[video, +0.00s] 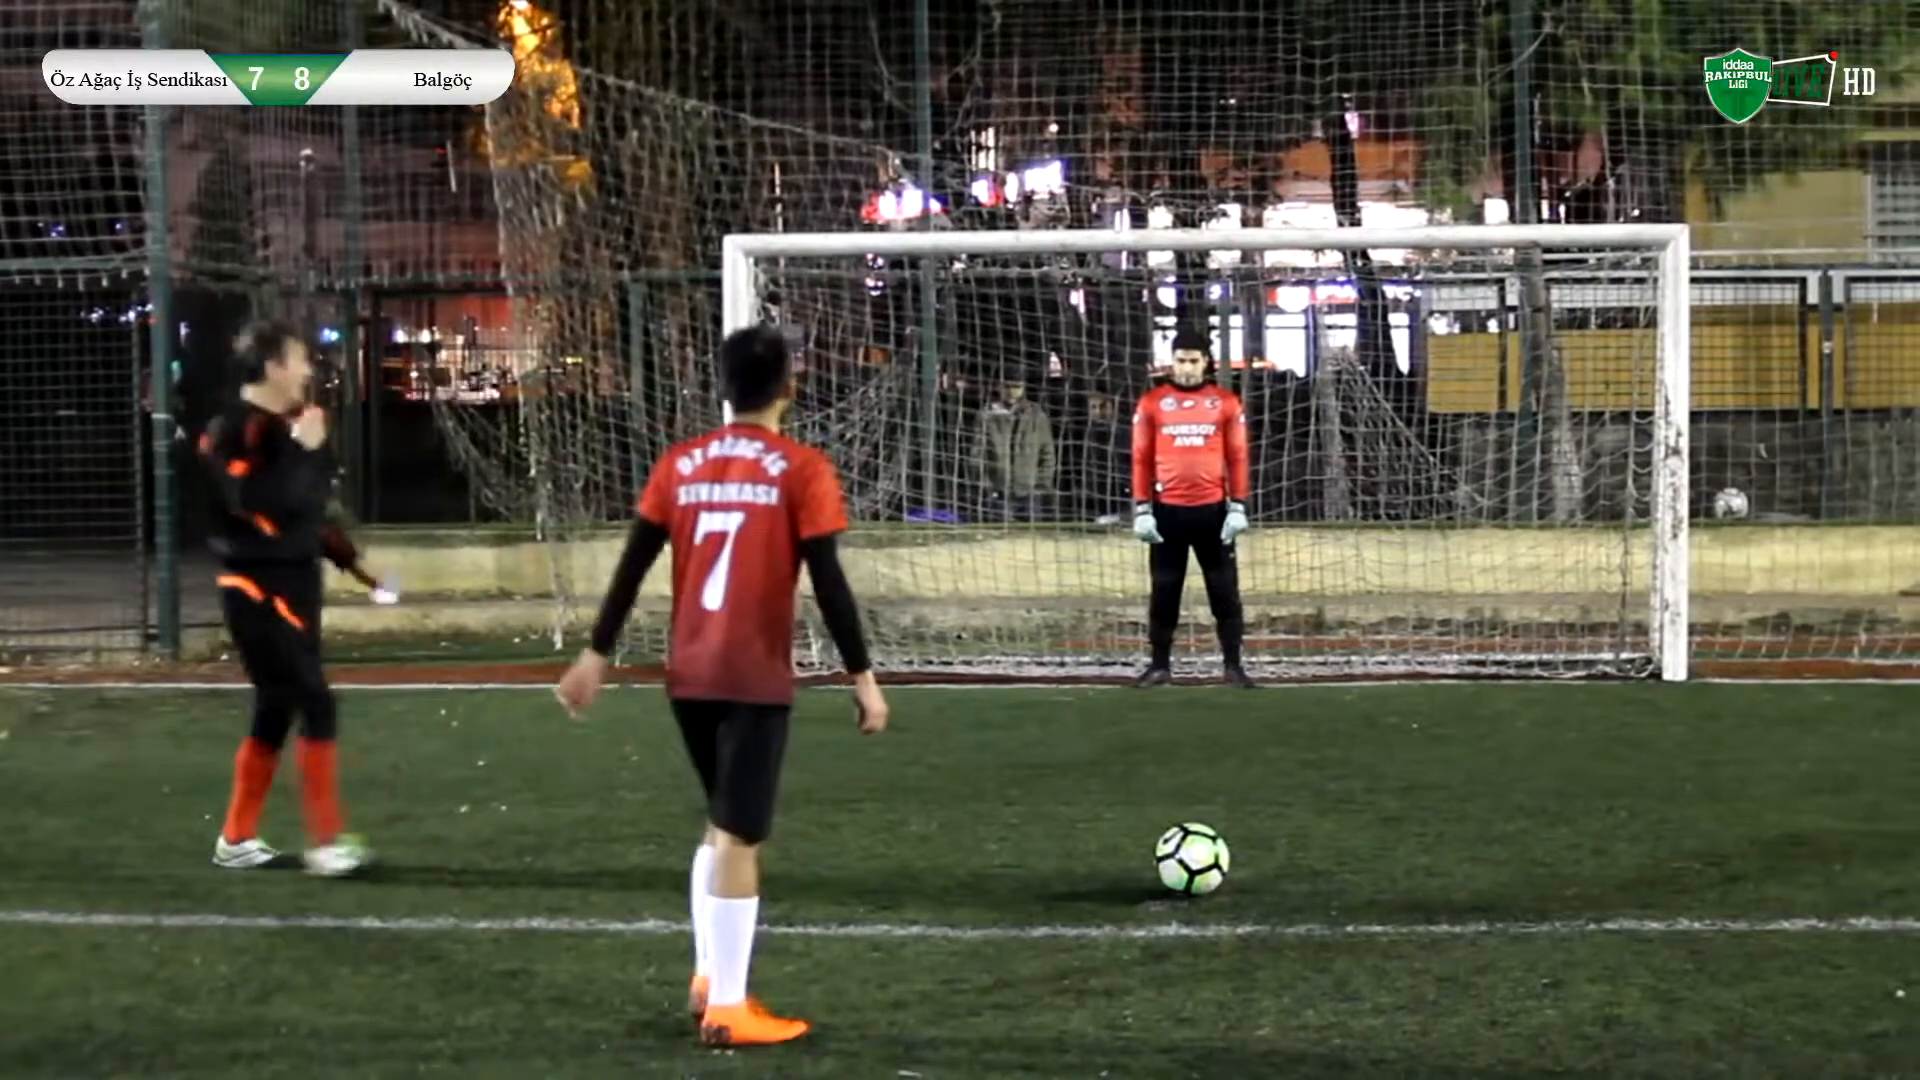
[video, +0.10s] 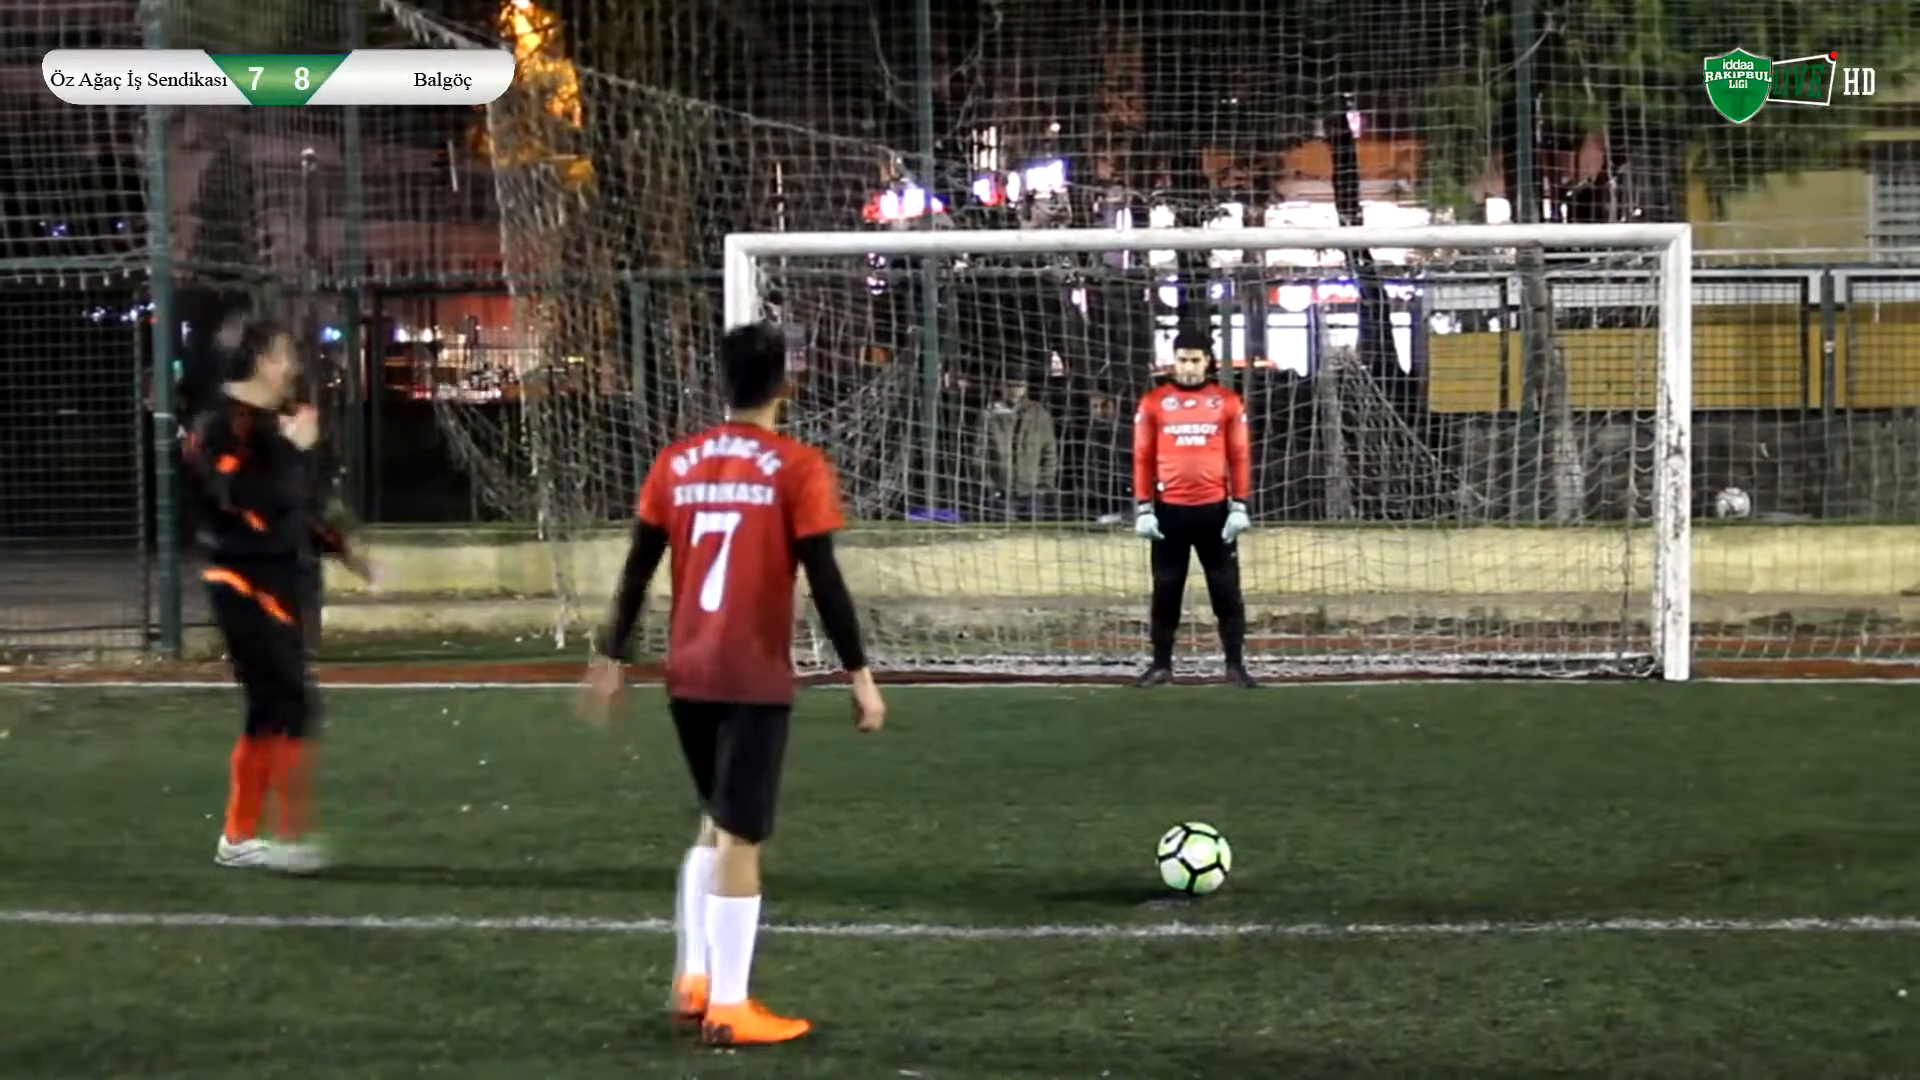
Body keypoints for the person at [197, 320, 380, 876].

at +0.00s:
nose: (309, 373)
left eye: (308, 362)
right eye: (301, 362)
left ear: (279, 369)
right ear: (270, 368)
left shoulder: (287, 428)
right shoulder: (234, 431)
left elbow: (307, 516)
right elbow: (273, 507)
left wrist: (355, 564)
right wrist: (306, 451)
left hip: (293, 582)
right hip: (255, 585)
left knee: (275, 705)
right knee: (316, 700)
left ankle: (237, 836)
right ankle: (326, 841)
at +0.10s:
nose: (292, 367)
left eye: (291, 356)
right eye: (282, 356)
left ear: (271, 364)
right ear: (255, 362)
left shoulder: (269, 424)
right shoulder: (228, 424)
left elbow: (293, 509)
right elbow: (257, 502)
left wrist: (346, 551)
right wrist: (294, 449)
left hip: (277, 578)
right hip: (244, 580)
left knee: (272, 703)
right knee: (287, 698)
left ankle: (240, 833)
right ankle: (282, 834)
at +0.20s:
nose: (274, 361)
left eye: (272, 349)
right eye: (265, 350)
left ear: (237, 358)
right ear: (241, 356)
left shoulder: (252, 420)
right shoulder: (209, 422)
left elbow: (281, 503)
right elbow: (235, 493)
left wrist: (336, 534)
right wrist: (282, 443)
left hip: (261, 572)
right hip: (225, 573)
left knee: (271, 699)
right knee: (265, 697)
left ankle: (240, 828)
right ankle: (220, 824)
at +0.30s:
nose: (253, 361)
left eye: (250, 351)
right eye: (245, 351)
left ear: (212, 358)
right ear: (227, 357)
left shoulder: (240, 418)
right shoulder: (196, 418)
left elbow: (263, 483)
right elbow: (228, 496)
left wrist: (310, 495)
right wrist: (267, 438)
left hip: (248, 575)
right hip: (214, 574)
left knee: (251, 701)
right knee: (244, 700)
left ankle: (241, 836)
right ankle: (157, 807)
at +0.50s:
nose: (219, 361)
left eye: (219, 351)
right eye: (211, 351)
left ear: (202, 358)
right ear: (187, 355)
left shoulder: (217, 421)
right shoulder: (159, 423)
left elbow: (265, 455)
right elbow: (153, 510)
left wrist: (305, 448)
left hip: (221, 577)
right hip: (177, 578)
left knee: (239, 704)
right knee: (177, 712)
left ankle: (241, 836)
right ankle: (83, 802)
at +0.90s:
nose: (161, 371)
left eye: (160, 360)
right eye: (152, 361)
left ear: (136, 365)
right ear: (124, 366)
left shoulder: (147, 425)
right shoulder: (90, 426)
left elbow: (188, 438)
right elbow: (106, 485)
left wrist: (240, 415)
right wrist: (172, 433)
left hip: (140, 581)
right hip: (96, 582)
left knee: (169, 696)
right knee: (97, 710)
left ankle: (208, 820)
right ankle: (46, 828)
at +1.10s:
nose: (136, 366)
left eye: (137, 355)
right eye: (127, 356)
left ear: (112, 361)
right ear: (95, 357)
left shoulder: (124, 417)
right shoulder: (61, 417)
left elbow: (160, 450)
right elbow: (87, 482)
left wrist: (210, 442)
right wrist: (137, 423)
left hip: (118, 573)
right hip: (75, 573)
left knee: (146, 691)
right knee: (80, 700)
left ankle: (144, 817)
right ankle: (47, 829)